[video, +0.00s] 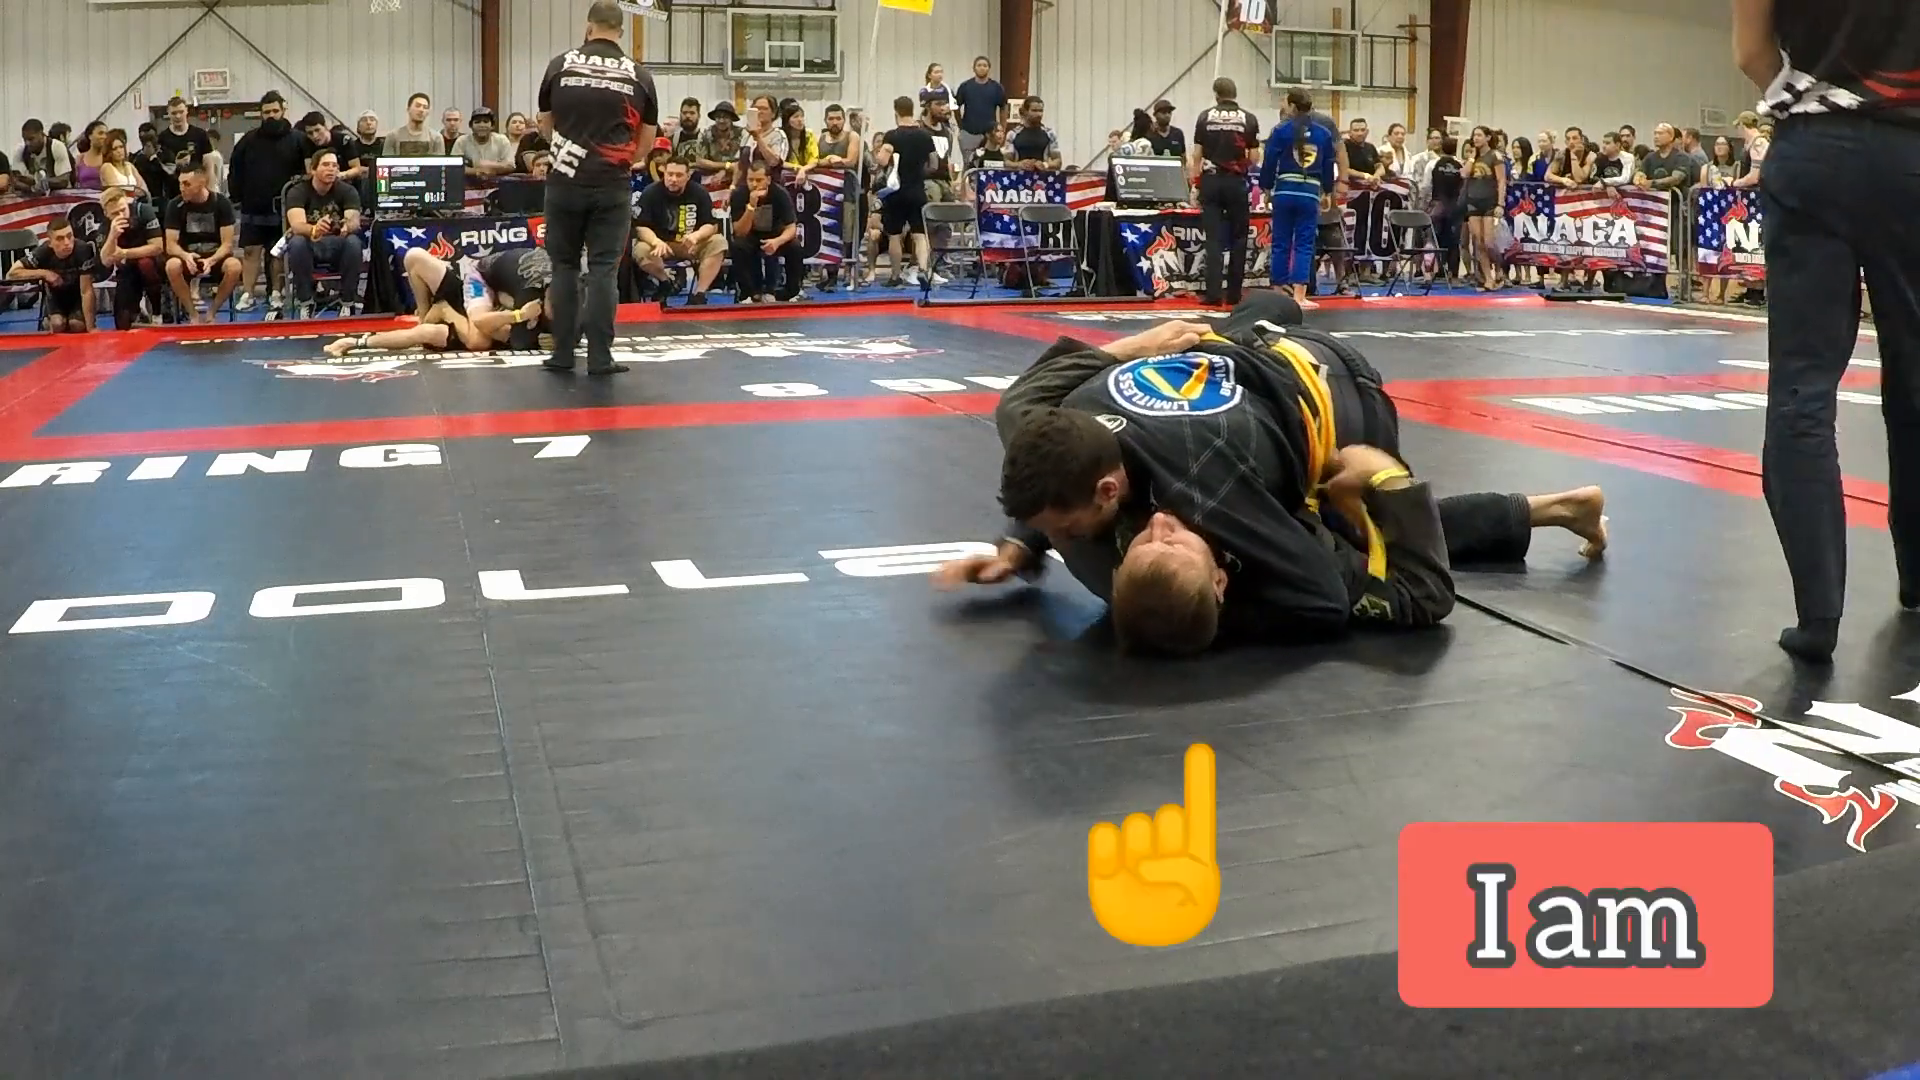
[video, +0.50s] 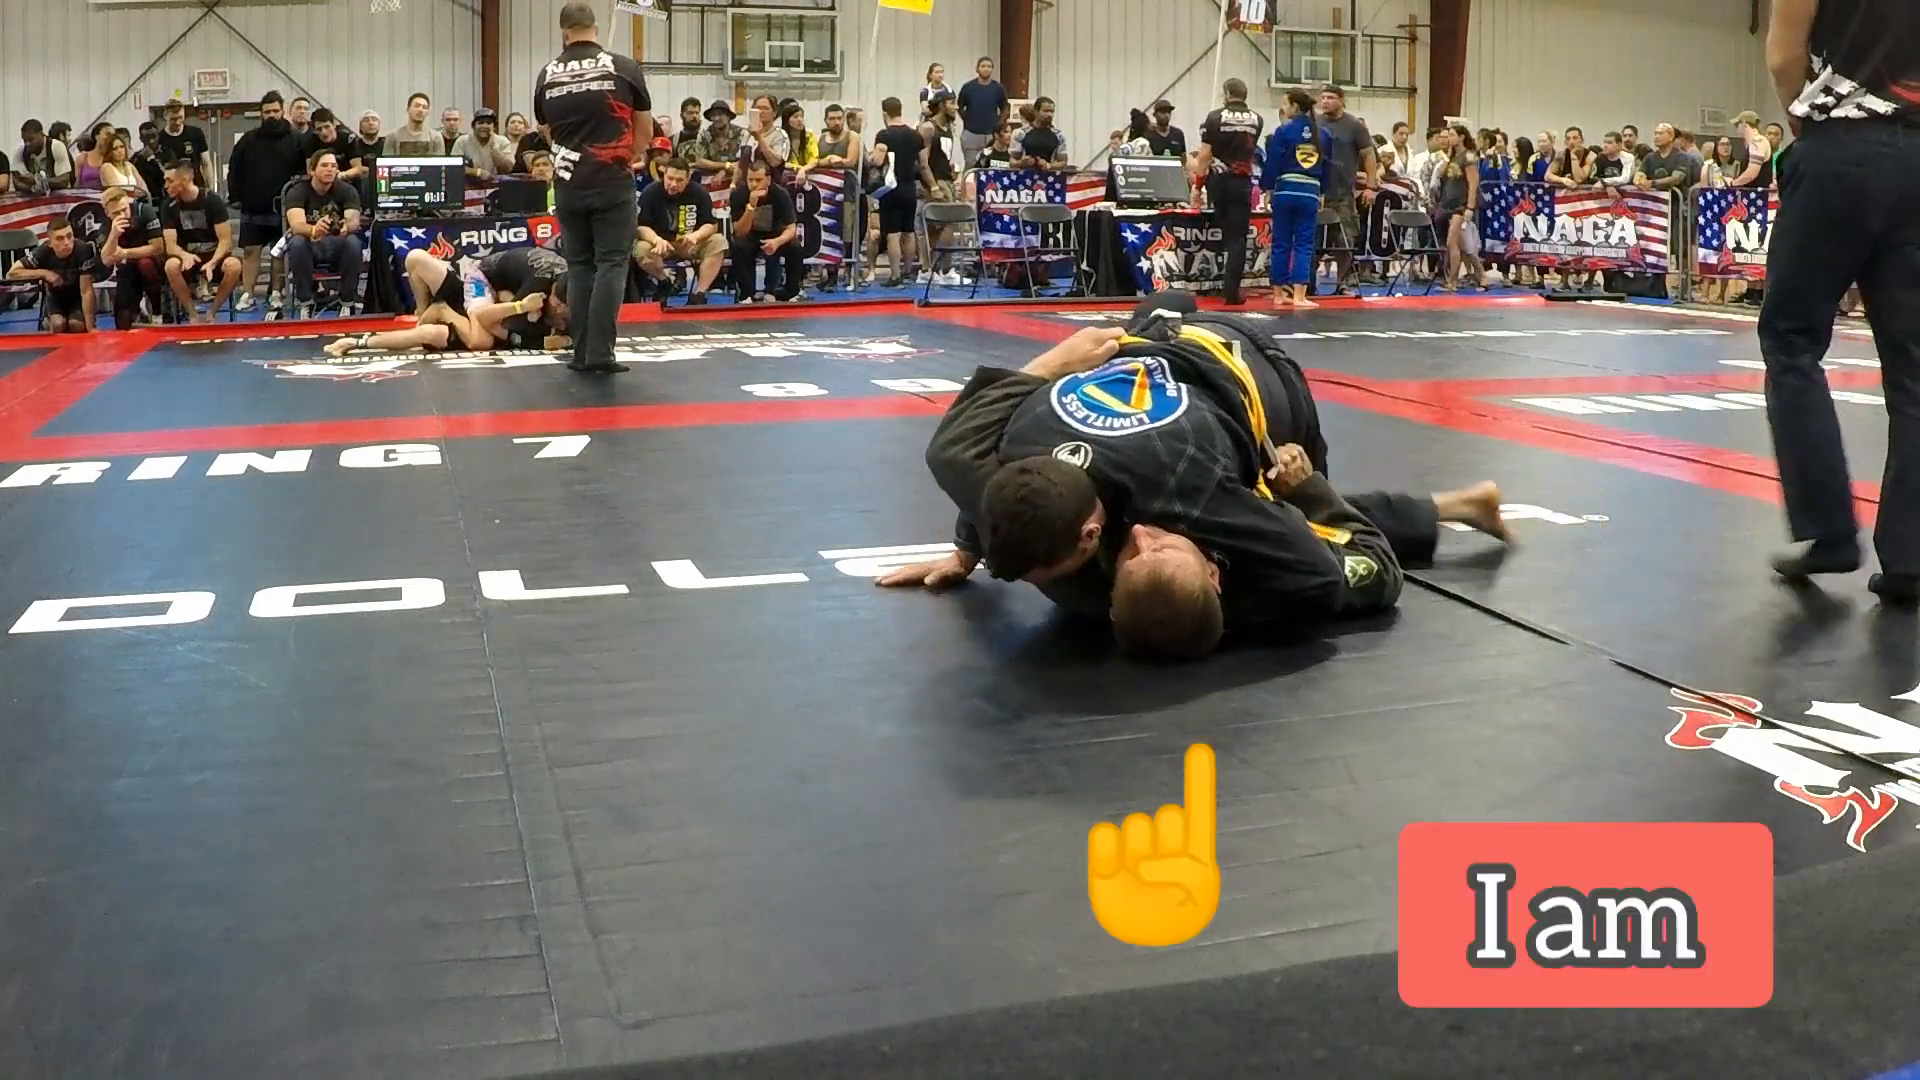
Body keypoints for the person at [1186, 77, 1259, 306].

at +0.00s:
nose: (1217, 97)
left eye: (1216, 93)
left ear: (1215, 95)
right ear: (1235, 94)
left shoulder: (1205, 117)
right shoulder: (1249, 118)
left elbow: (1197, 155)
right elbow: (1254, 156)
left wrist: (1196, 183)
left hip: (1211, 180)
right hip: (1237, 182)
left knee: (1213, 239)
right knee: (1239, 239)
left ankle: (1213, 294)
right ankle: (1234, 295)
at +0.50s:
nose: (1226, 96)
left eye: (1225, 93)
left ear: (1226, 95)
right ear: (1245, 96)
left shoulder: (1214, 117)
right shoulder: (1256, 119)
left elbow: (1204, 155)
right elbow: (1250, 149)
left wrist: (1197, 185)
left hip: (1218, 178)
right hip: (1242, 180)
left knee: (1230, 233)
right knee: (1238, 237)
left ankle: (1233, 285)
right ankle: (1232, 292)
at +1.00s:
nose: (1216, 99)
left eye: (1217, 96)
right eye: (1217, 96)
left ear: (1222, 97)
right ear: (1239, 96)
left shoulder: (1216, 122)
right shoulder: (1255, 118)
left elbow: (1208, 159)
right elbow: (1256, 149)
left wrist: (1198, 186)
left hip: (1220, 179)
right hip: (1245, 181)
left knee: (1212, 200)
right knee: (1239, 238)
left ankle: (1231, 228)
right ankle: (1232, 293)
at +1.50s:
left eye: (1236, 93)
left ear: (1232, 96)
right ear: (1251, 97)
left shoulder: (1221, 119)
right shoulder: (1261, 121)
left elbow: (1210, 155)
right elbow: (1259, 151)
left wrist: (1199, 170)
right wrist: (1246, 165)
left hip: (1220, 178)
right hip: (1244, 182)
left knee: (1210, 198)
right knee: (1238, 239)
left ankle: (1227, 222)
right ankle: (1231, 292)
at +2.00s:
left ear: (1233, 96)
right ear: (1252, 97)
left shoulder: (1222, 117)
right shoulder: (1262, 120)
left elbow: (1207, 134)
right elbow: (1259, 141)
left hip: (1224, 179)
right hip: (1248, 182)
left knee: (1209, 197)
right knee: (1240, 239)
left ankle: (1230, 221)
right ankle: (1232, 293)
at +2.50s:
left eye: (1239, 94)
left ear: (1237, 97)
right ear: (1257, 98)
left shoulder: (1224, 117)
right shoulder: (1265, 125)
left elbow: (1217, 139)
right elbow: (1267, 147)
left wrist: (1224, 110)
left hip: (1224, 176)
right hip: (1247, 181)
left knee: (1210, 198)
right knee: (1241, 238)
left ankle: (1231, 219)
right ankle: (1231, 292)